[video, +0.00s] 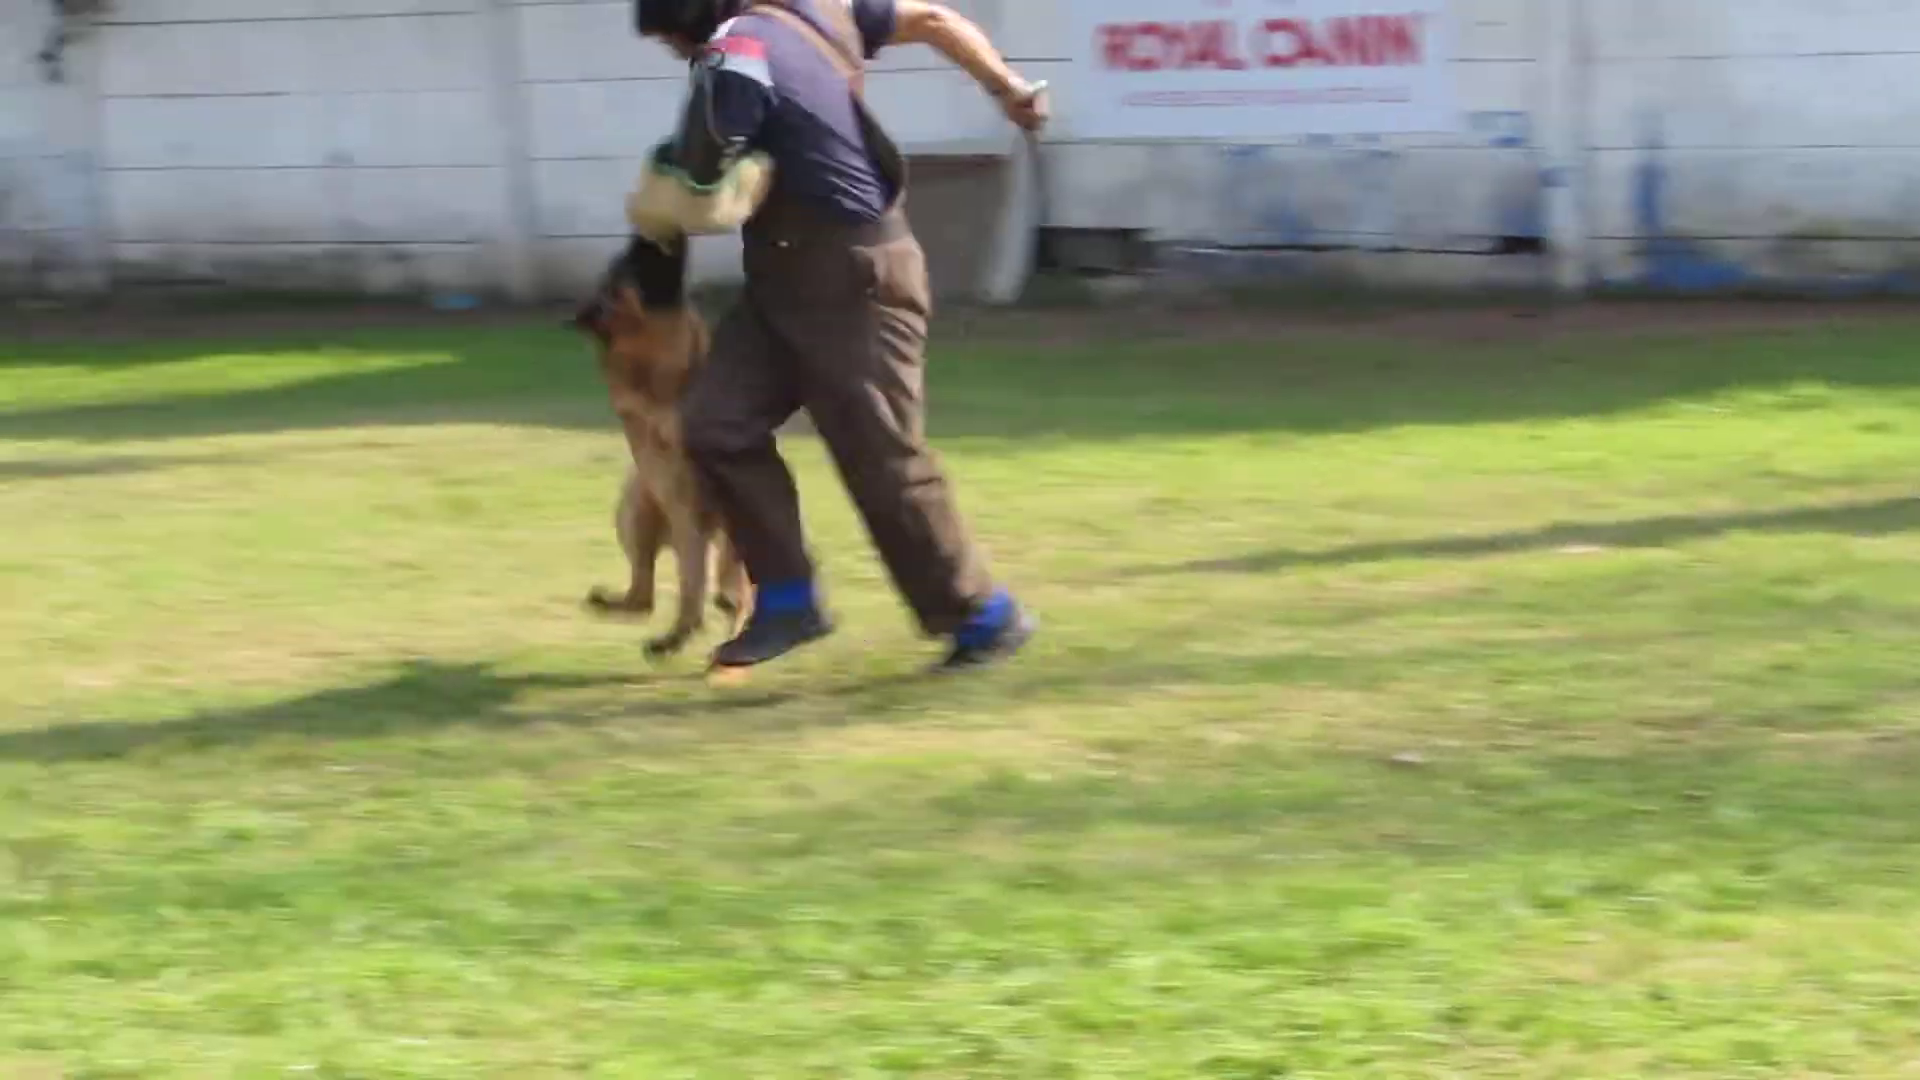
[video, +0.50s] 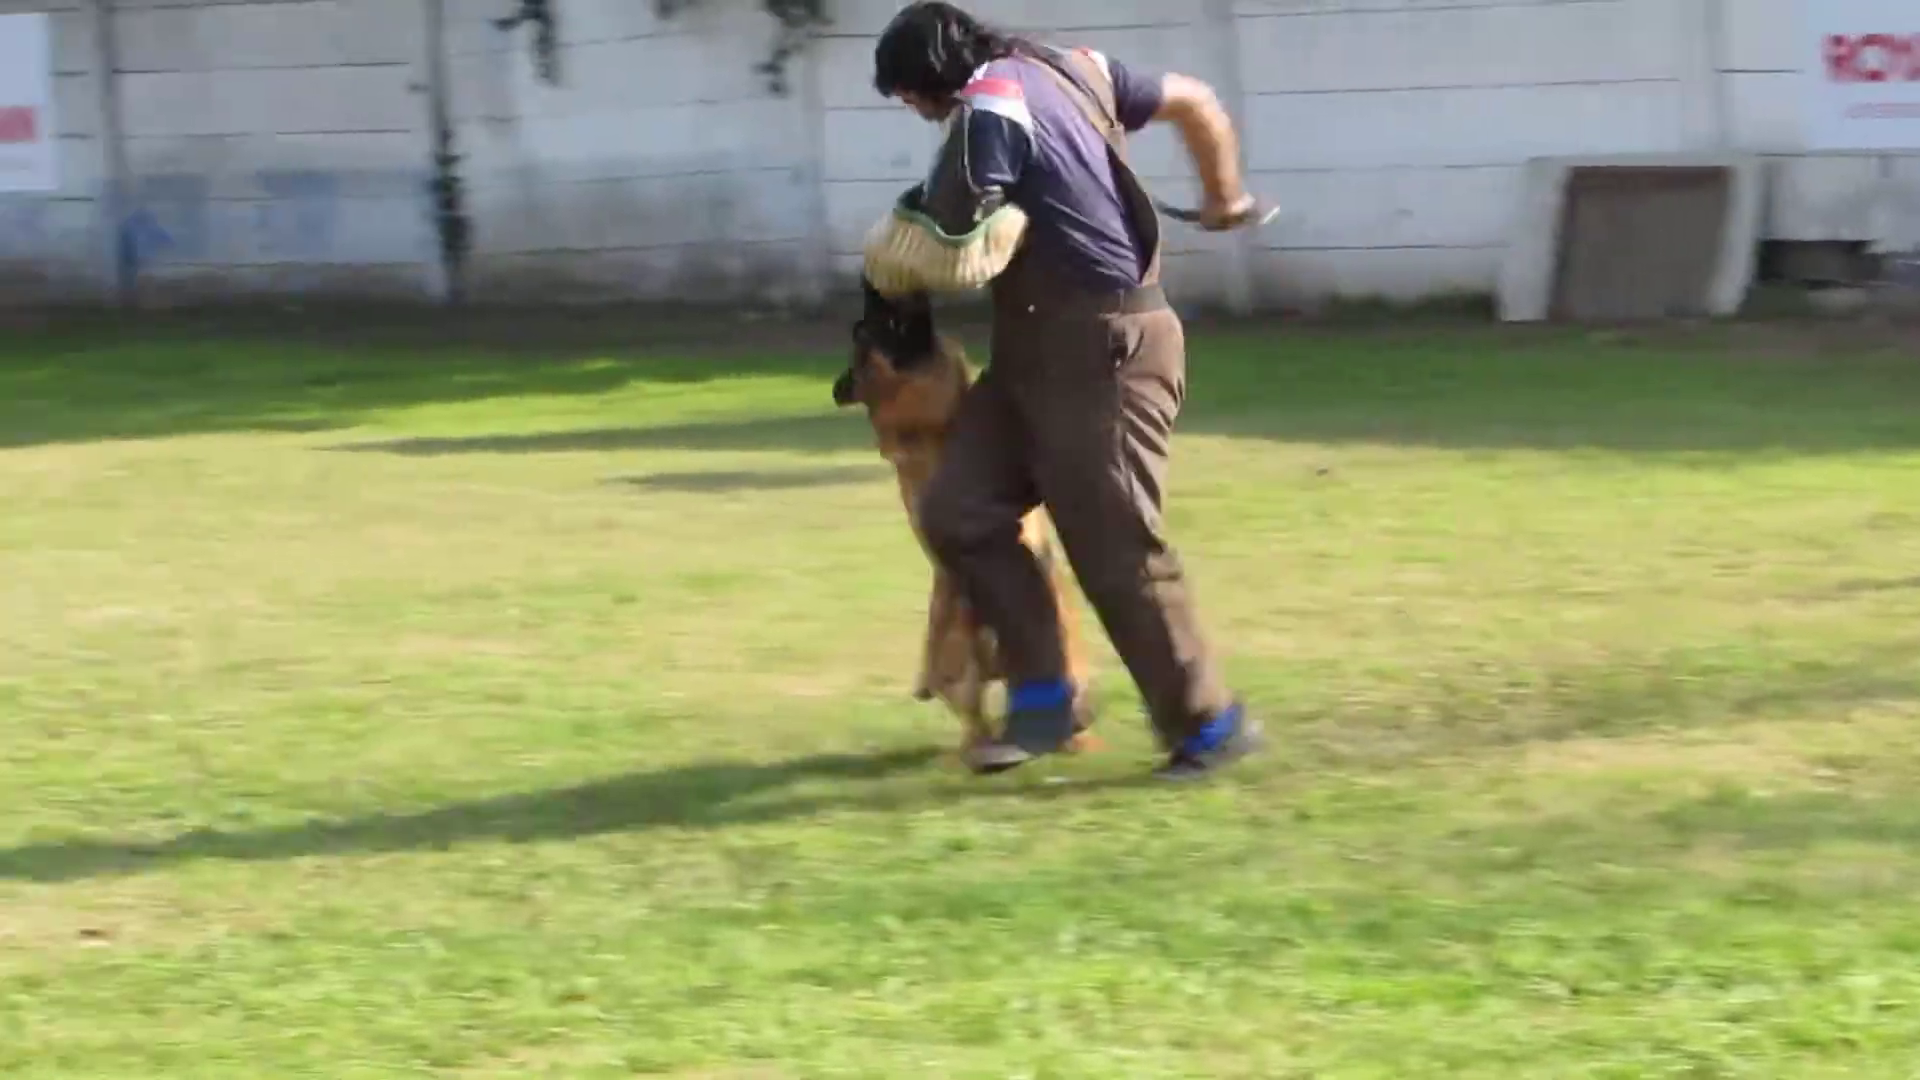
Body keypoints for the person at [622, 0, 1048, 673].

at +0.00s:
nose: (670, 52)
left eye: (667, 39)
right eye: (661, 41)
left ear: (691, 18)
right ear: (722, 2)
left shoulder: (734, 57)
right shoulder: (815, 11)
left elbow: (713, 199)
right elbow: (936, 18)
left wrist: (650, 193)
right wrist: (1009, 85)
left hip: (856, 274)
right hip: (793, 279)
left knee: (886, 459)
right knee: (719, 426)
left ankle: (982, 615)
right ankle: (787, 602)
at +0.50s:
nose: (919, 113)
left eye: (914, 98)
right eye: (909, 102)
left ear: (938, 74)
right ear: (971, 44)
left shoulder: (990, 101)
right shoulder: (1069, 64)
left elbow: (949, 237)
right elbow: (1193, 99)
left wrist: (885, 252)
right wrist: (1224, 199)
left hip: (1105, 345)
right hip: (1043, 348)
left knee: (1119, 547)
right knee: (960, 514)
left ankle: (1207, 725)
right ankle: (1044, 701)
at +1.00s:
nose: (1067, 134)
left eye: (1068, 116)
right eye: (1062, 119)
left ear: (1096, 98)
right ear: (1142, 83)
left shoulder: (1134, 140)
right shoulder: (1210, 147)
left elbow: (1074, 287)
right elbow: (1309, 262)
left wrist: (996, 272)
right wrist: (1314, 399)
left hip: (1171, 435)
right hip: (1186, 430)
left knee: (1064, 641)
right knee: (1064, 620)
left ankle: (1064, 879)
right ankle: (1208, 769)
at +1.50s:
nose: (1402, 122)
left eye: (1405, 107)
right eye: (1405, 109)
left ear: (1425, 102)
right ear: (1512, 92)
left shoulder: (1407, 167)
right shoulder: (1597, 177)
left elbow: (1344, 329)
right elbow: (1675, 324)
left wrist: (1331, 429)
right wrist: (1627, 439)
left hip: (1454, 443)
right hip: (1567, 456)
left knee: (1377, 690)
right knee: (1472, 683)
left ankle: (1390, 935)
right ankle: (1494, 887)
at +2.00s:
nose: (1419, 38)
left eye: (1424, 25)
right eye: (1422, 28)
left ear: (1450, 26)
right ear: (1531, 32)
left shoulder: (1444, 99)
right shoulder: (1595, 131)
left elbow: (1364, 233)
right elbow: (1666, 285)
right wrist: (1662, 431)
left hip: (1474, 425)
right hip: (1585, 422)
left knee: (1418, 687)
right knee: (1577, 674)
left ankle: (1405, 941)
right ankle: (1666, 912)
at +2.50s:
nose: (1532, 31)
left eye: (1534, 21)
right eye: (1537, 22)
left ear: (1554, 26)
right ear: (1638, 24)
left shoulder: (1541, 93)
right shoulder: (1709, 124)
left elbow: (1436, 215)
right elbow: (1784, 277)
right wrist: (1781, 423)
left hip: (1566, 429)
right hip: (1684, 427)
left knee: (1484, 680)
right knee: (1663, 672)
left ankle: (1441, 930)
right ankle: (1693, 922)